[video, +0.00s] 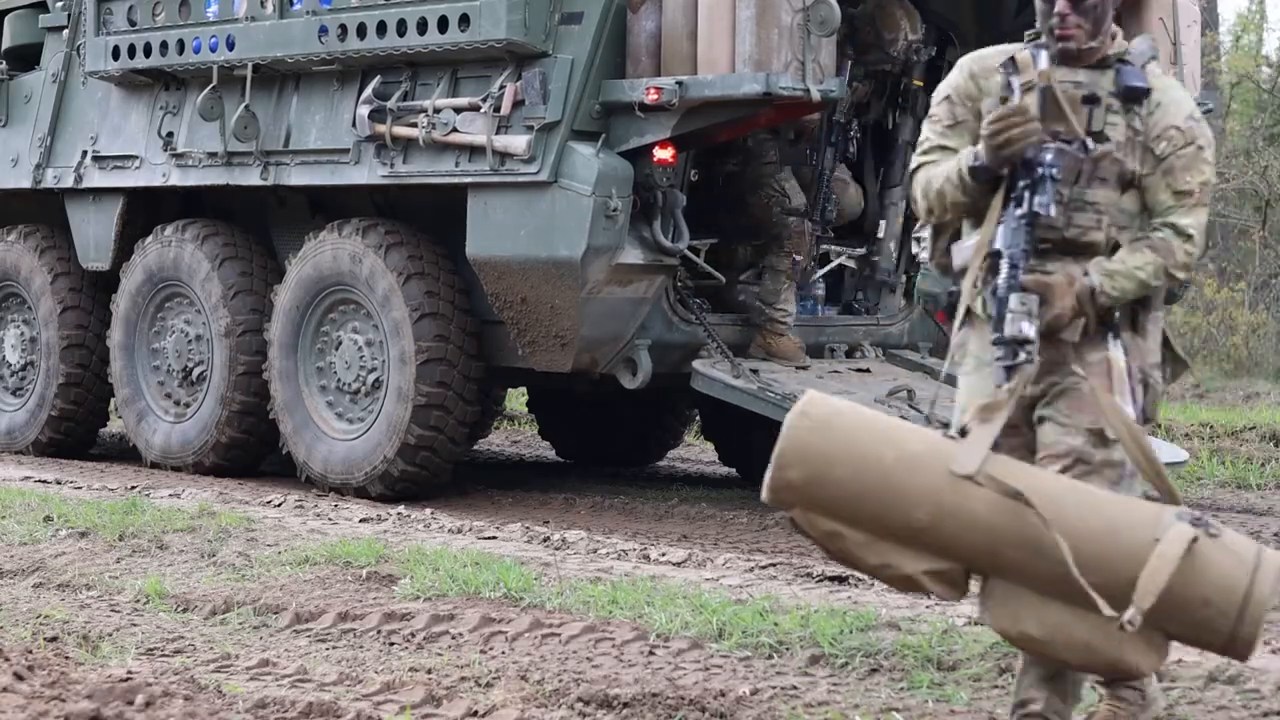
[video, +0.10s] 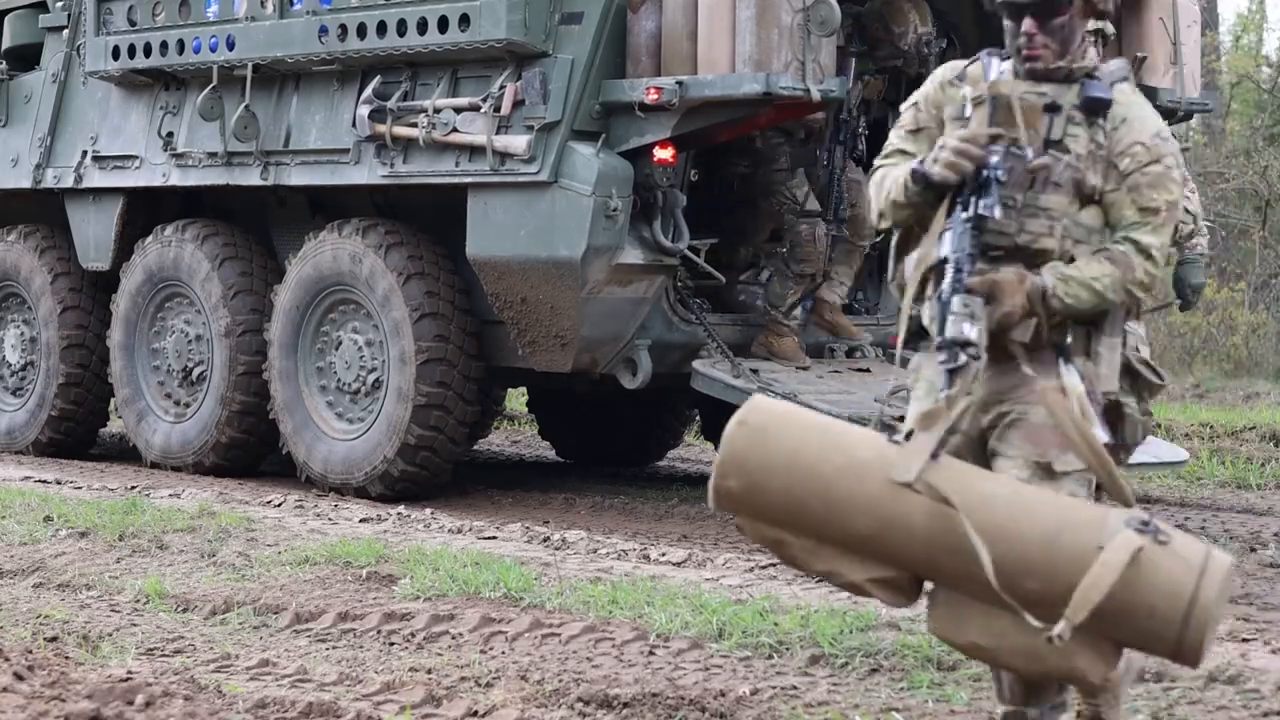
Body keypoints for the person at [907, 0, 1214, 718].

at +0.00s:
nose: (1067, 13)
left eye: (1086, 3)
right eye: (1056, 1)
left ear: (1117, 12)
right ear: (1040, 6)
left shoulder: (1162, 106)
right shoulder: (980, 75)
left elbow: (1180, 238)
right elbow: (924, 193)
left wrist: (1089, 287)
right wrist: (984, 160)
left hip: (1098, 347)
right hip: (992, 339)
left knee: (1076, 519)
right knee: (1004, 516)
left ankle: (1040, 698)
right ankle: (1128, 678)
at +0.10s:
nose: (1030, 28)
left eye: (1049, 14)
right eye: (1017, 14)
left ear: (1085, 16)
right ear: (1001, 18)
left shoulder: (1126, 119)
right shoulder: (954, 87)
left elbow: (1146, 255)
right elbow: (880, 202)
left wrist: (1041, 292)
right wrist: (929, 174)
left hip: (1057, 371)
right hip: (944, 363)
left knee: (1041, 546)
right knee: (964, 542)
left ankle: (1065, 703)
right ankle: (1019, 700)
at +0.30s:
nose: (908, 35)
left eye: (926, 19)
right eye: (896, 21)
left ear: (976, 12)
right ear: (885, 23)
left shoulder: (1029, 121)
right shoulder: (861, 95)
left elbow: (1048, 260)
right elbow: (809, 190)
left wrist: (914, 279)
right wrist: (819, 246)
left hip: (966, 395)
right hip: (844, 381)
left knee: (959, 611)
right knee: (782, 562)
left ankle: (985, 706)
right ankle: (832, 703)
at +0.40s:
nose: (830, 26)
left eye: (848, 11)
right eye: (818, 12)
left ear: (898, 5)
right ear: (808, 13)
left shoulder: (959, 98)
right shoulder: (792, 90)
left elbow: (975, 248)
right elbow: (753, 206)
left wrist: (849, 264)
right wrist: (749, 244)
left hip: (908, 379)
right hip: (788, 368)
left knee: (914, 573)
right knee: (711, 550)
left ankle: (978, 702)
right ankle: (680, 710)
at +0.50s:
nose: (749, 16)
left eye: (766, 4)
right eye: (739, 6)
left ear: (817, 1)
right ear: (729, 12)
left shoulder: (882, 87)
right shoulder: (722, 88)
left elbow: (910, 231)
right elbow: (685, 214)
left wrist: (780, 249)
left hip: (838, 378)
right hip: (726, 371)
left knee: (860, 573)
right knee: (651, 554)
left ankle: (954, 708)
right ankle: (669, 708)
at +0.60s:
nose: (677, 5)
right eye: (672, 0)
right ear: (669, 8)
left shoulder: (817, 69)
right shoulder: (663, 79)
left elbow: (855, 214)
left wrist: (721, 234)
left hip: (775, 367)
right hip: (666, 360)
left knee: (766, 577)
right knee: (618, 577)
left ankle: (896, 708)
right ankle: (655, 707)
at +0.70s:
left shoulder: (773, 48)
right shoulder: (611, 55)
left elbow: (813, 193)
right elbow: (592, 192)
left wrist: (683, 213)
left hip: (738, 327)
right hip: (631, 323)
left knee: (677, 501)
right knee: (594, 493)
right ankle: (644, 688)